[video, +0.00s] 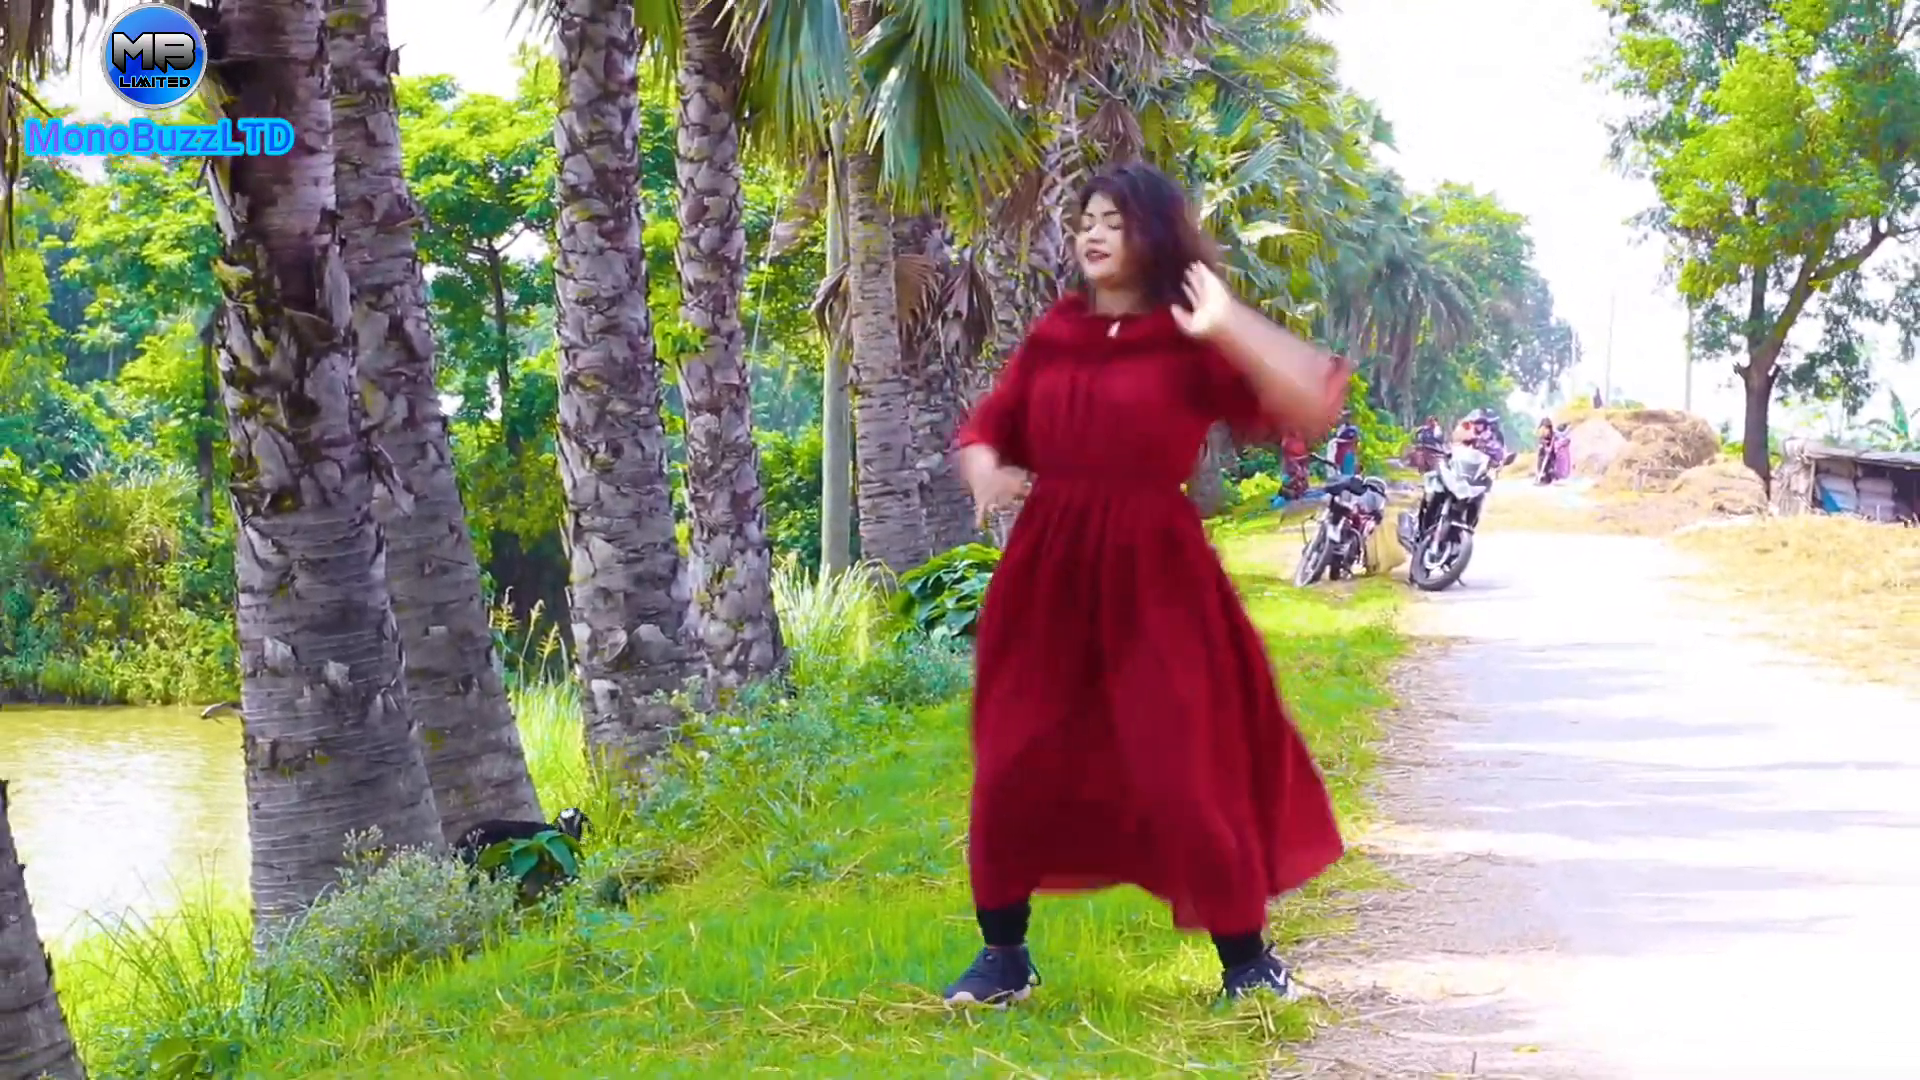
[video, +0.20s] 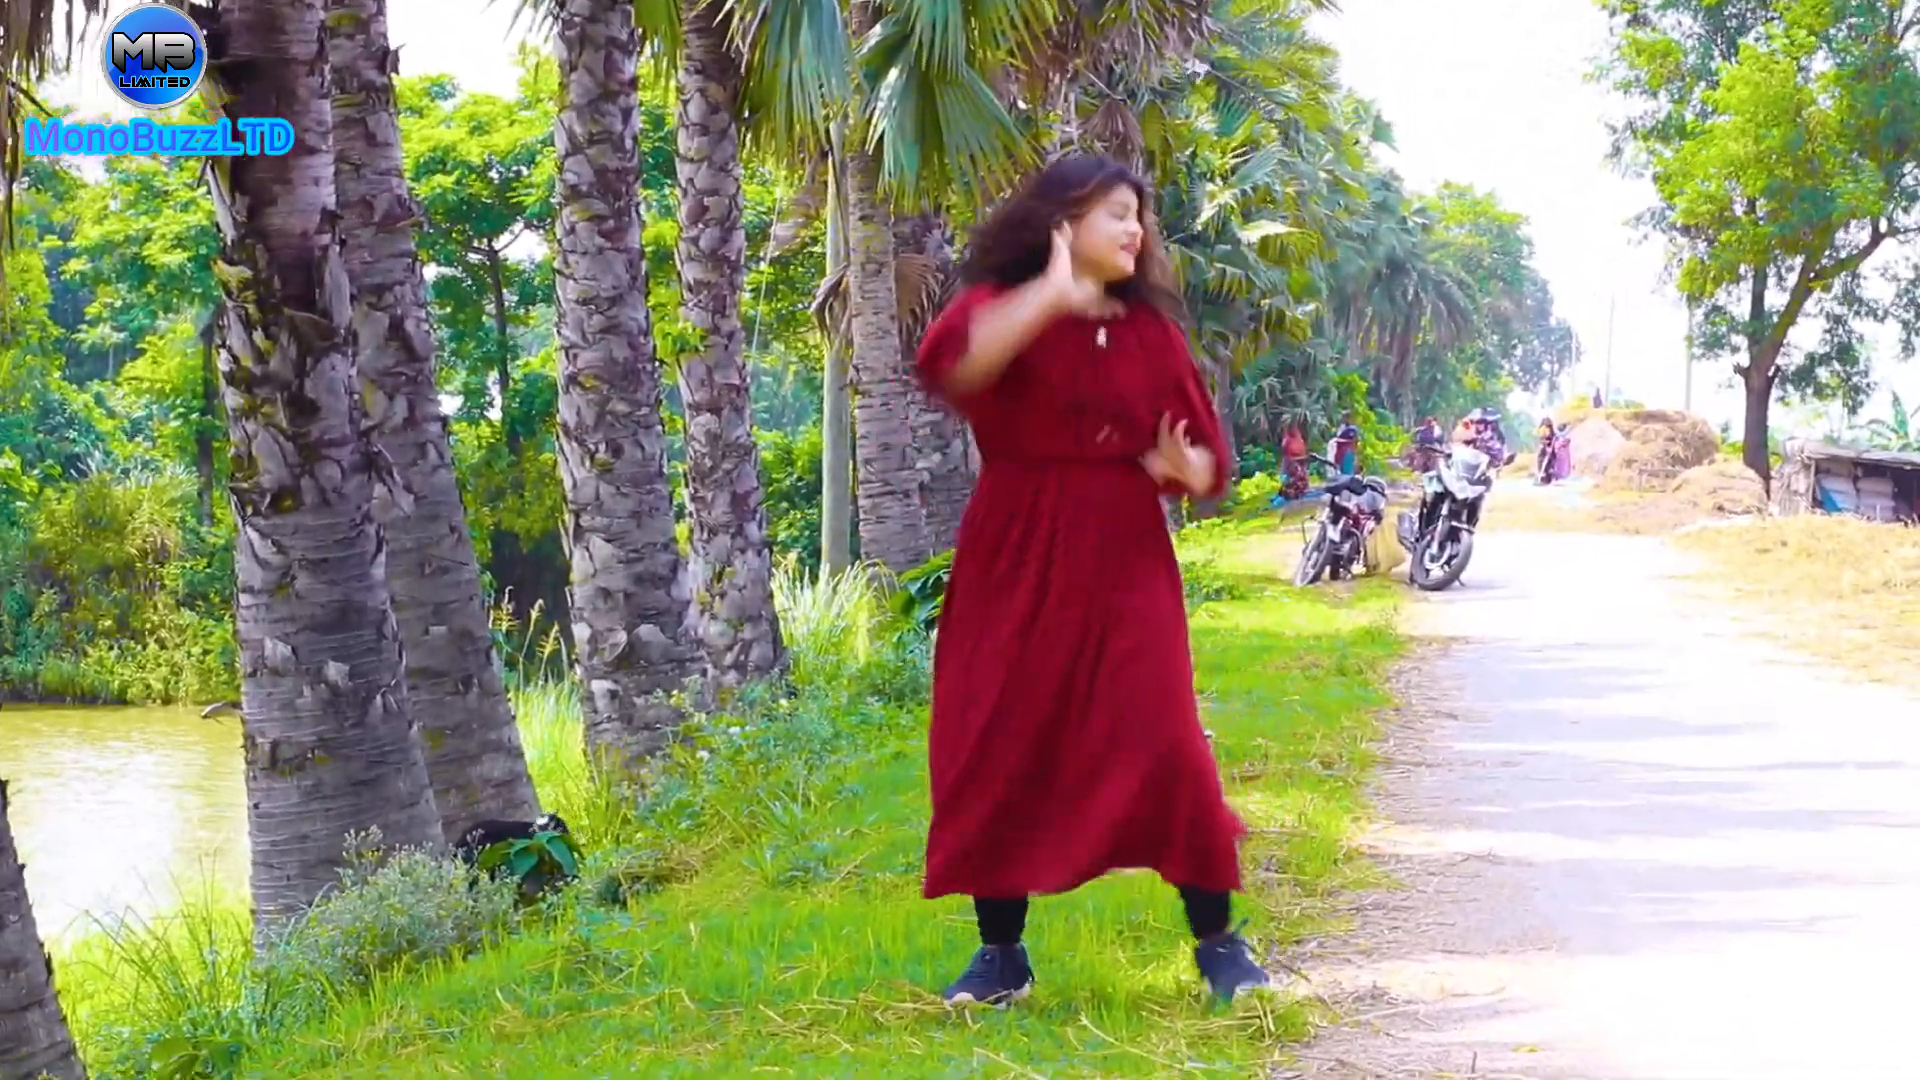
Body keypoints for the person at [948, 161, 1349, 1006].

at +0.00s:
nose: (1094, 237)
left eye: (1113, 223)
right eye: (1085, 223)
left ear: (1159, 237)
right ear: (1075, 239)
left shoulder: (1195, 342)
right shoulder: (1054, 335)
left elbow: (1318, 400)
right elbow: (980, 427)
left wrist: (1231, 319)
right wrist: (986, 469)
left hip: (1156, 567)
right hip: (1048, 563)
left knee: (1184, 763)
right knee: (1006, 760)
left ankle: (1247, 963)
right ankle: (1003, 955)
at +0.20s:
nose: (1137, 230)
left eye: (1139, 218)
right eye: (1119, 214)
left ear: (1138, 236)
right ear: (1062, 223)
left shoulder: (1152, 330)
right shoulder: (995, 305)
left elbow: (1209, 453)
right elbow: (952, 371)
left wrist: (1193, 471)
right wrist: (1049, 294)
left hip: (1126, 549)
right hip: (1014, 550)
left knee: (1169, 735)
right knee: (994, 736)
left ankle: (1219, 944)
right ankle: (1001, 954)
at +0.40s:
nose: (1122, 229)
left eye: (1121, 214)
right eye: (1108, 214)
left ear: (1096, 225)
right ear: (1055, 220)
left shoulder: (1128, 315)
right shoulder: (993, 292)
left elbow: (1177, 442)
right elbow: (901, 251)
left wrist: (1104, 479)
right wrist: (1021, 237)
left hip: (1113, 541)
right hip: (1015, 531)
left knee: (1142, 728)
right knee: (994, 724)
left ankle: (1182, 936)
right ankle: (999, 937)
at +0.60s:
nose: (1134, 221)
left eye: (1133, 205)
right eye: (1120, 205)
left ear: (1113, 215)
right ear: (1061, 208)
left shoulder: (1138, 299)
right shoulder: (1002, 284)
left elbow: (1204, 404)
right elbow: (1052, 349)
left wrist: (1148, 482)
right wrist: (1079, 248)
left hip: (1130, 533)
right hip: (1021, 535)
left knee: (1190, 734)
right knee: (1006, 740)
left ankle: (1216, 966)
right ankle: (1004, 969)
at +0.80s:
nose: (1161, 240)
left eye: (1159, 226)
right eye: (1144, 227)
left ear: (1141, 237)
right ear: (1089, 236)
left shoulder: (1173, 317)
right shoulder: (1020, 311)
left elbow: (1234, 412)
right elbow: (894, 278)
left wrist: (1230, 447)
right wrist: (1019, 250)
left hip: (1170, 549)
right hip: (1064, 549)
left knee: (1188, 742)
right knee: (1018, 739)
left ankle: (1233, 937)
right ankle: (1001, 940)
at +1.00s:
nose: (1155, 222)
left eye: (1175, 212)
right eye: (1139, 215)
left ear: (1209, 243)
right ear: (1117, 248)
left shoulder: (1249, 342)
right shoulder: (1082, 350)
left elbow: (1291, 437)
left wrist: (1235, 313)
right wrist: (1035, 446)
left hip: (1213, 553)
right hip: (1105, 551)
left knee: (1220, 750)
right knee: (1045, 744)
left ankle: (1246, 955)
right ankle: (1013, 945)